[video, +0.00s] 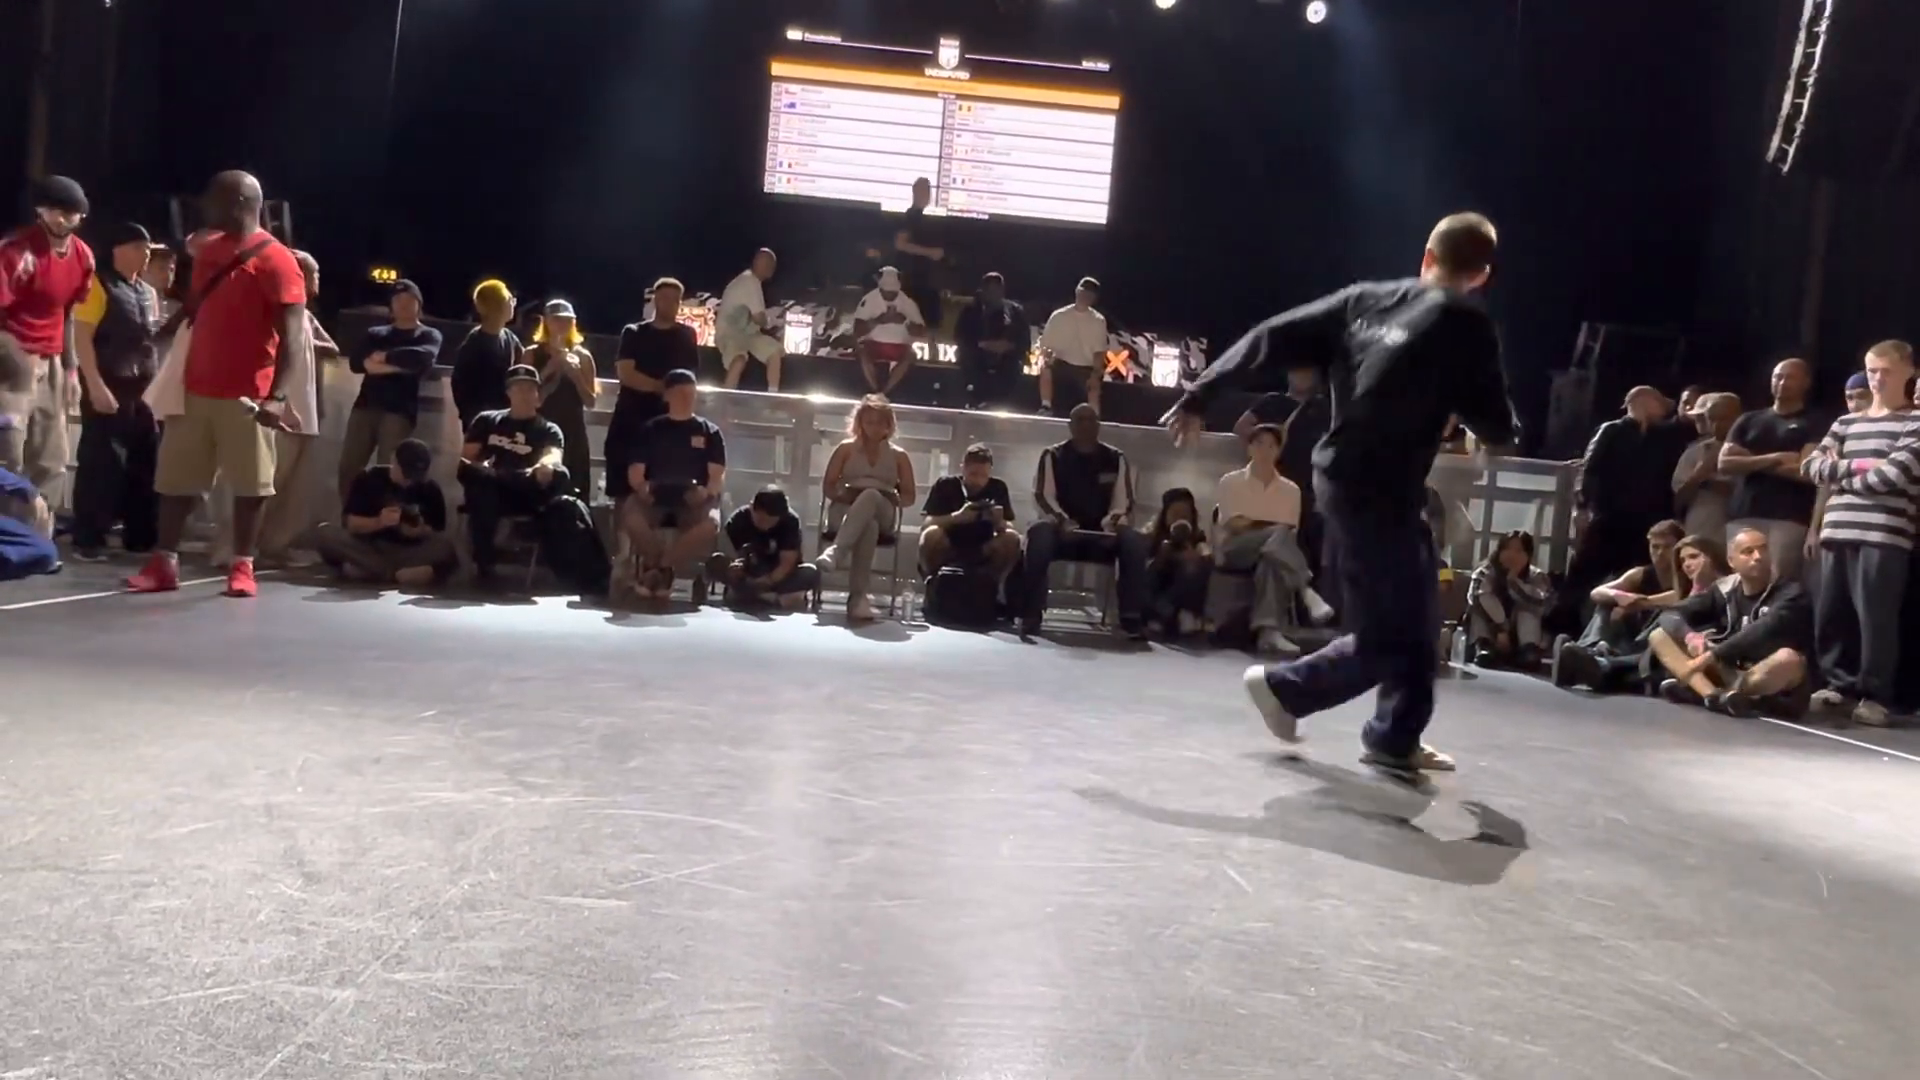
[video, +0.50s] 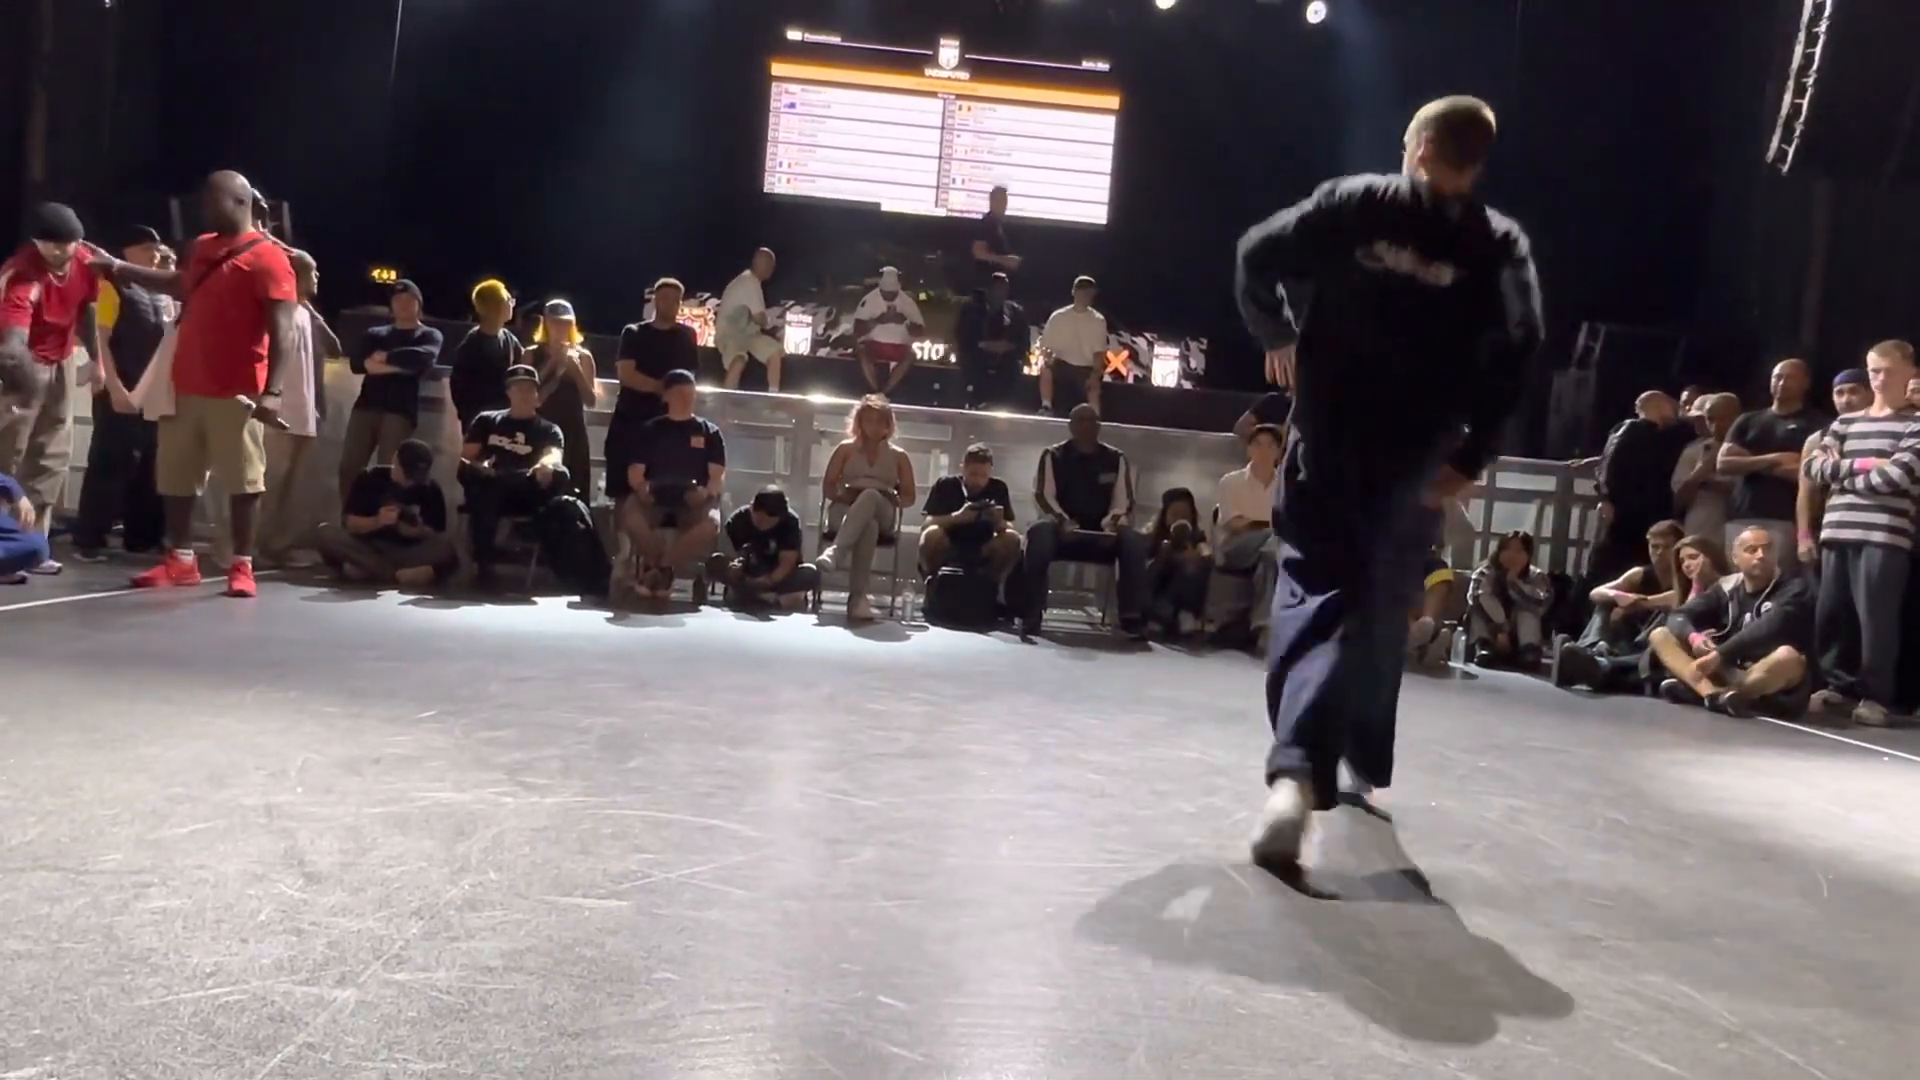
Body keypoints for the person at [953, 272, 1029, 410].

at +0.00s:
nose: (993, 293)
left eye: (996, 288)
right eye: (988, 288)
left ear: (1002, 290)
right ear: (982, 290)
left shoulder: (1015, 311)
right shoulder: (971, 310)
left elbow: (1023, 344)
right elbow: (961, 339)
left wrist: (1005, 346)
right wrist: (983, 346)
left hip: (1006, 376)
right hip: (978, 374)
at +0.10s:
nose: (994, 292)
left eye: (998, 288)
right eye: (990, 288)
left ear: (1003, 290)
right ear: (983, 290)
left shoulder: (1015, 311)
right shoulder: (972, 310)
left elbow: (1023, 344)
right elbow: (965, 344)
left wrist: (1006, 348)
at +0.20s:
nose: (995, 292)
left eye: (998, 288)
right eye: (990, 288)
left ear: (1004, 290)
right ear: (984, 290)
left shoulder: (1015, 311)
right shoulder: (973, 310)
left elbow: (1023, 344)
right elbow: (965, 344)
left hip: (1006, 377)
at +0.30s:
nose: (996, 293)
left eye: (1000, 288)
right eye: (992, 288)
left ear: (1006, 291)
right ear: (986, 290)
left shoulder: (1015, 311)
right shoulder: (975, 309)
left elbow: (1023, 345)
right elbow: (965, 343)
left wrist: (1005, 347)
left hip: (1006, 378)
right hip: (979, 376)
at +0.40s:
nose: (1000, 291)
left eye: (1003, 286)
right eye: (995, 286)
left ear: (1007, 289)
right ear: (986, 289)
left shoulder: (1015, 311)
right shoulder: (975, 309)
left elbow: (1023, 345)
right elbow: (967, 344)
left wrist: (1006, 347)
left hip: (1006, 378)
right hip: (979, 377)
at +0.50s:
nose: (999, 293)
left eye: (1003, 288)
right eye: (996, 288)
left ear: (1008, 291)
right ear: (989, 289)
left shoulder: (1015, 311)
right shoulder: (974, 309)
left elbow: (1023, 345)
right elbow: (965, 342)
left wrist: (1005, 347)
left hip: (1006, 377)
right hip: (979, 375)